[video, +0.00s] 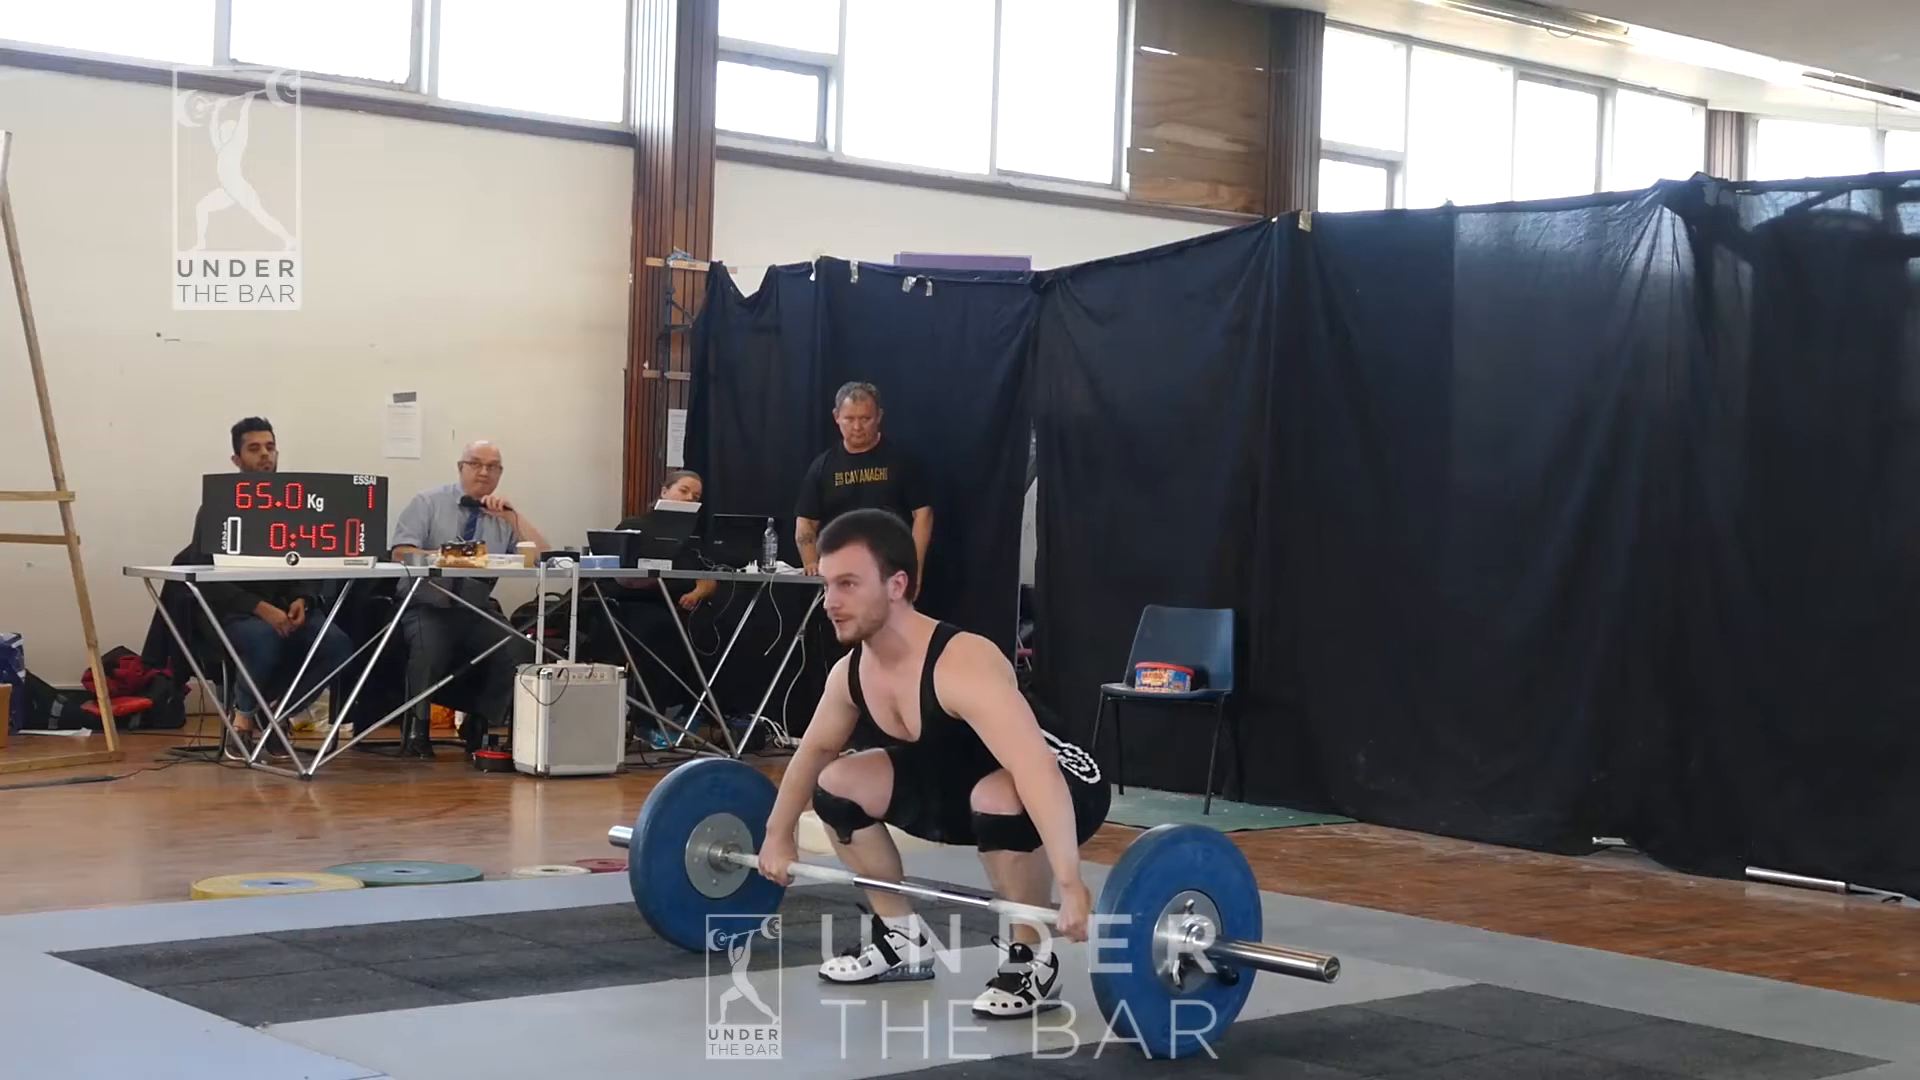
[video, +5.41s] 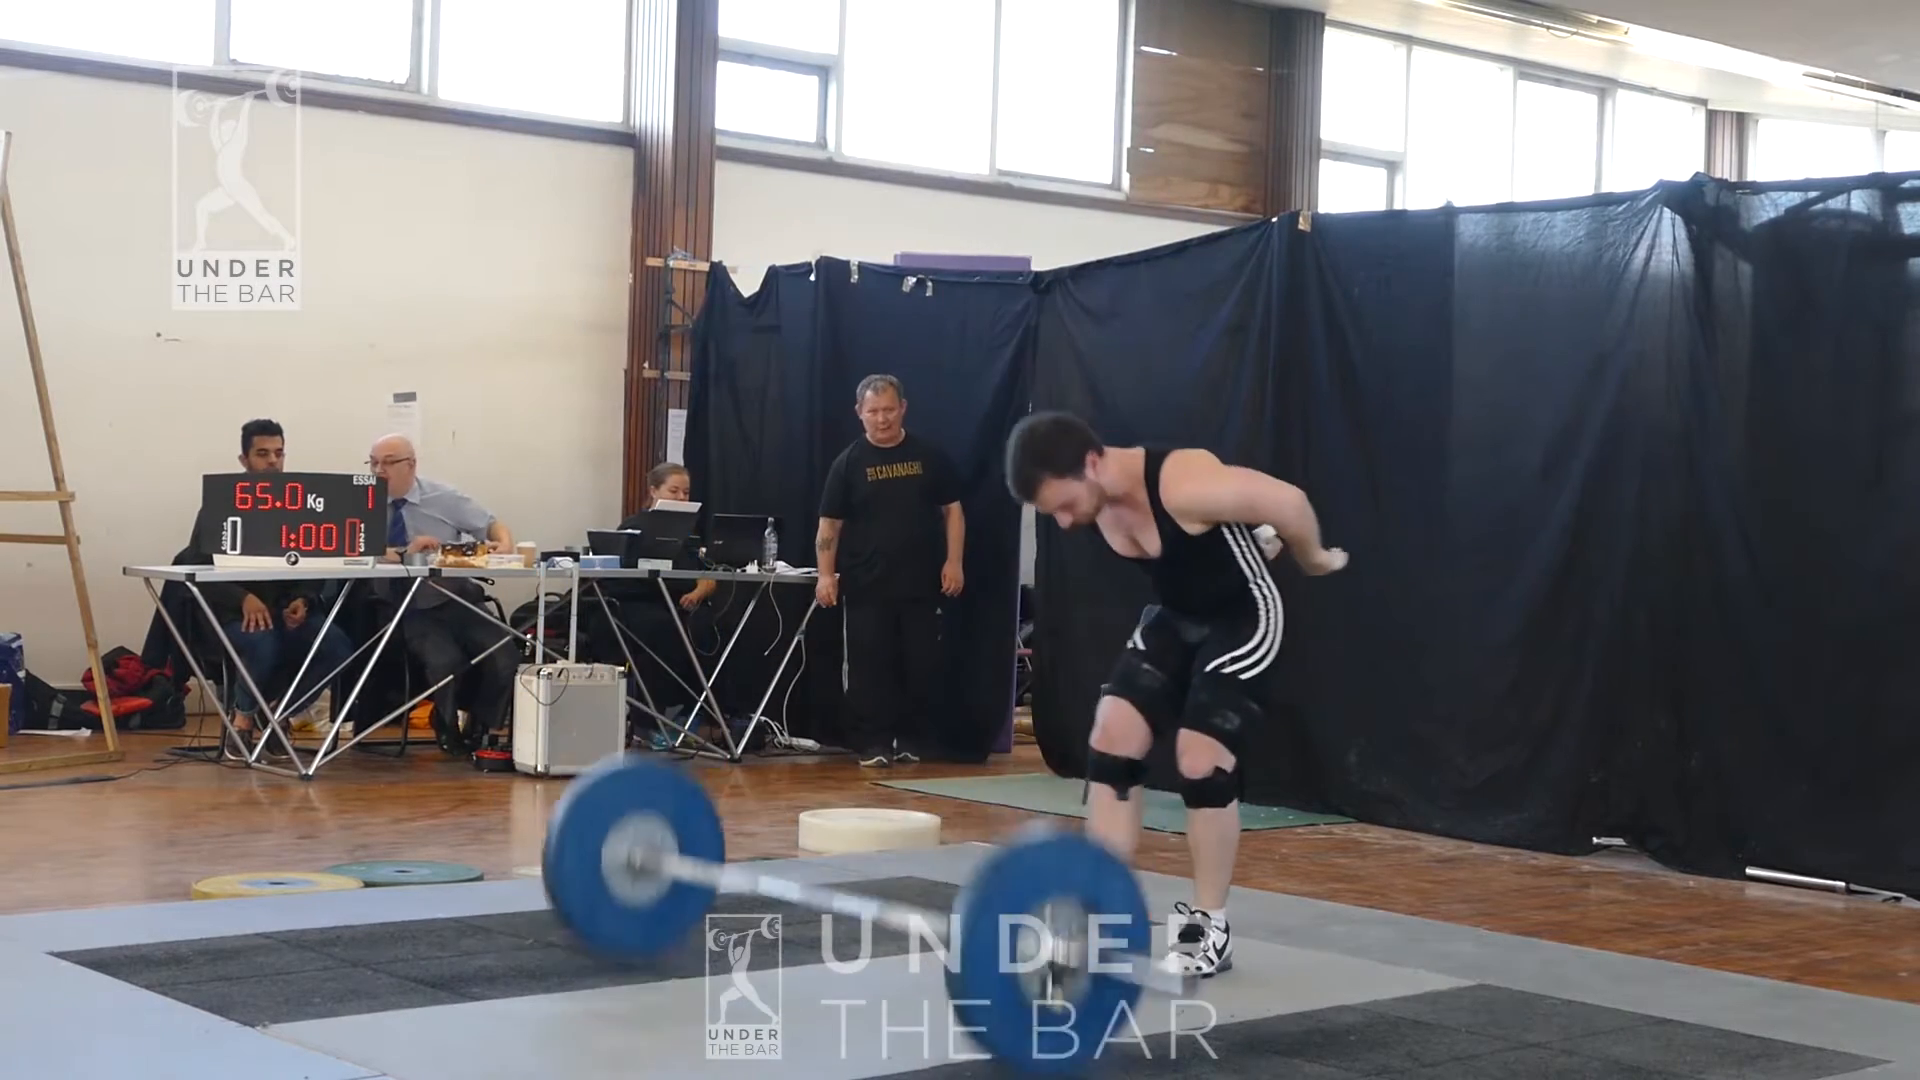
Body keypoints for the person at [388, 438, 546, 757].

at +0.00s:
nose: (483, 472)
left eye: (492, 467)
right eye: (475, 465)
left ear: (500, 474)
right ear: (461, 468)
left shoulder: (503, 517)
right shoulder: (428, 503)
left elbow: (541, 553)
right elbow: (401, 551)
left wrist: (514, 515)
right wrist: (445, 559)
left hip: (478, 608)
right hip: (428, 605)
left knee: (517, 652)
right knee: (430, 649)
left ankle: (477, 727)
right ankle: (417, 732)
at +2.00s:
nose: (481, 472)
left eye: (490, 466)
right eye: (473, 464)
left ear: (499, 473)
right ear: (459, 468)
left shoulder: (503, 516)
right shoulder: (427, 502)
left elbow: (544, 555)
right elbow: (401, 552)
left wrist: (516, 515)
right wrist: (444, 560)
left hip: (478, 609)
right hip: (428, 605)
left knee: (518, 651)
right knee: (429, 649)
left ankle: (477, 727)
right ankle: (417, 731)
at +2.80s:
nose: (438, 469)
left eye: (449, 463)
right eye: (432, 462)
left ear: (467, 468)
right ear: (426, 465)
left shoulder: (486, 507)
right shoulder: (405, 503)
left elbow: (537, 548)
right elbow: (392, 547)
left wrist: (509, 531)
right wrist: (445, 550)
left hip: (473, 605)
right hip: (422, 604)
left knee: (515, 649)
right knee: (431, 641)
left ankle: (478, 726)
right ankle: (422, 729)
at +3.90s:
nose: (402, 468)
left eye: (412, 461)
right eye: (397, 460)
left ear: (433, 464)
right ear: (391, 462)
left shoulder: (461, 499)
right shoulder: (380, 501)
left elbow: (508, 533)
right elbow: (367, 554)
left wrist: (504, 547)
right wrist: (404, 535)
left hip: (461, 599)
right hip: (409, 604)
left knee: (503, 657)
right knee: (445, 659)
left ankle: (479, 727)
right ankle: (444, 721)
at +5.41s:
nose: (379, 471)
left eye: (388, 463)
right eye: (374, 463)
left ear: (411, 465)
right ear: (370, 465)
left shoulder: (442, 498)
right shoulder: (367, 506)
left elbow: (490, 525)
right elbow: (354, 551)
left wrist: (504, 542)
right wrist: (406, 552)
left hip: (456, 597)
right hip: (406, 605)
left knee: (503, 653)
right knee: (444, 660)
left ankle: (480, 727)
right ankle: (446, 723)